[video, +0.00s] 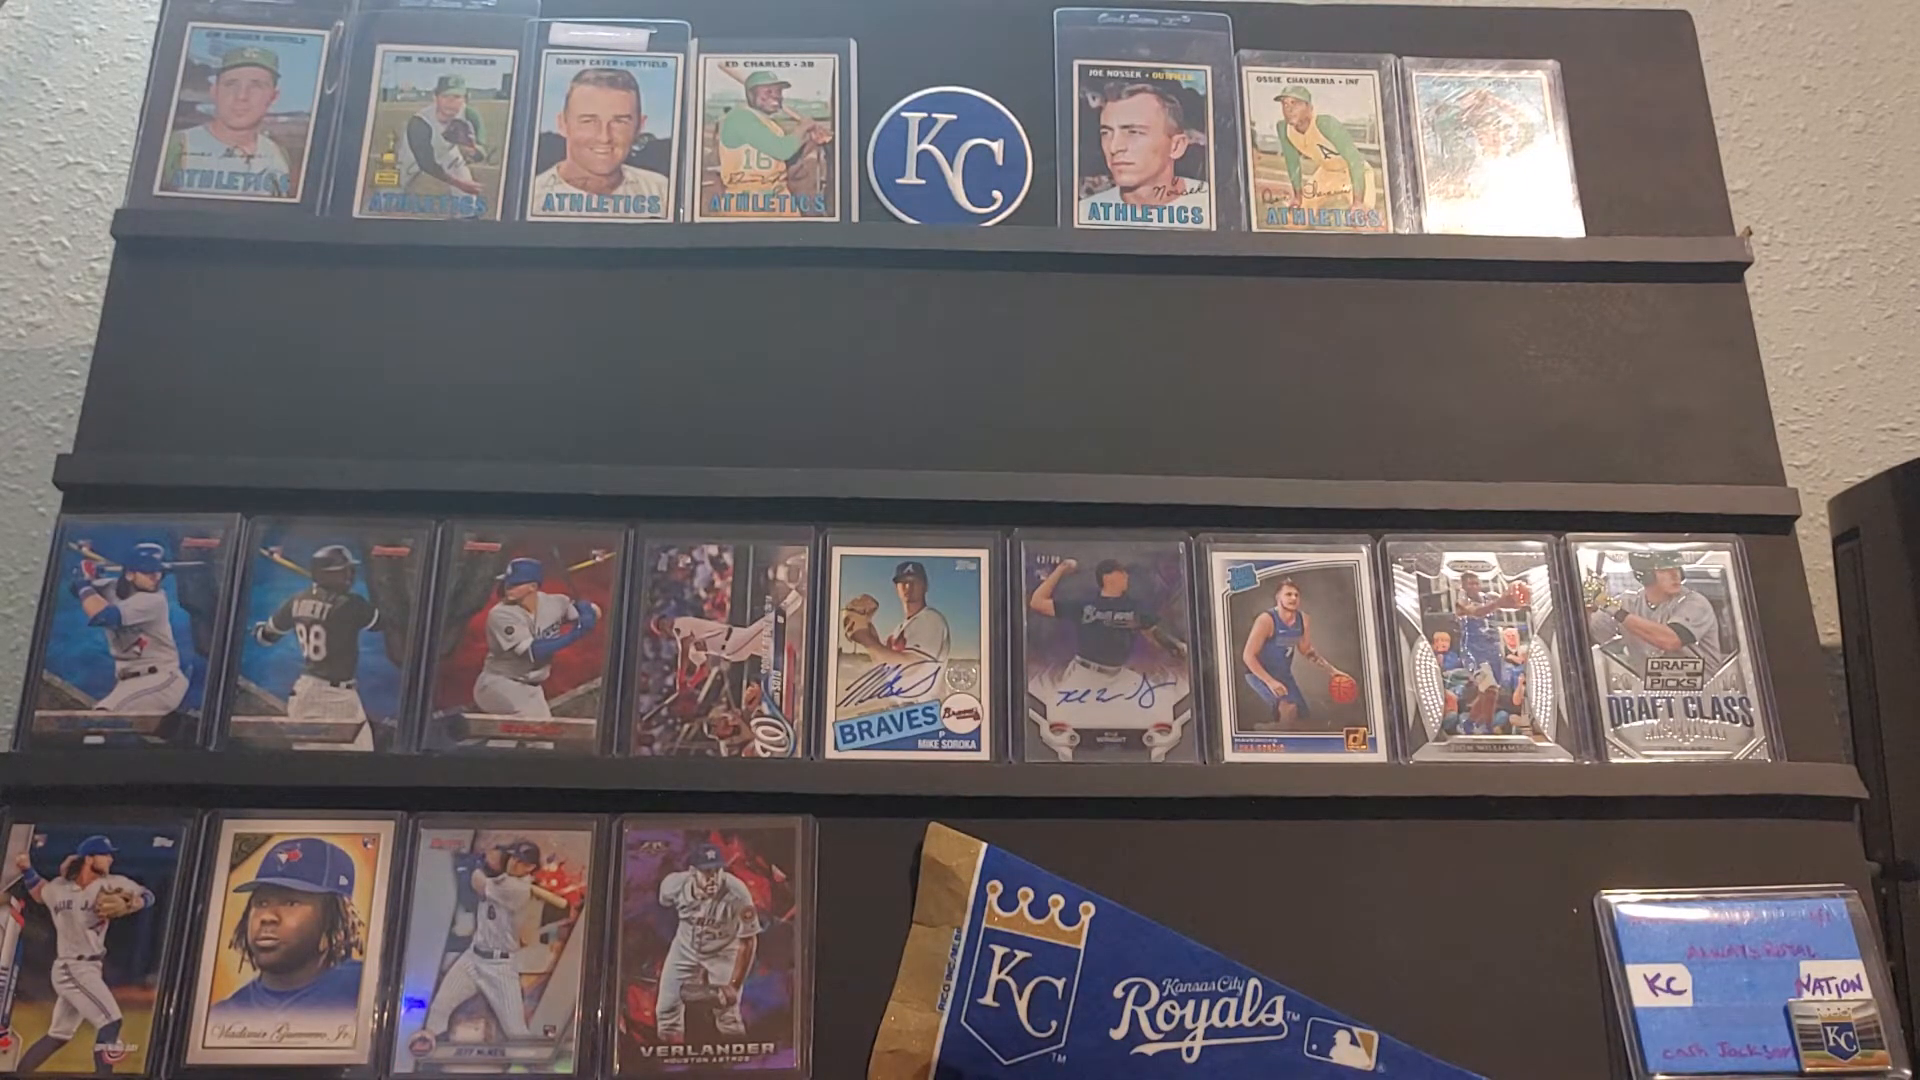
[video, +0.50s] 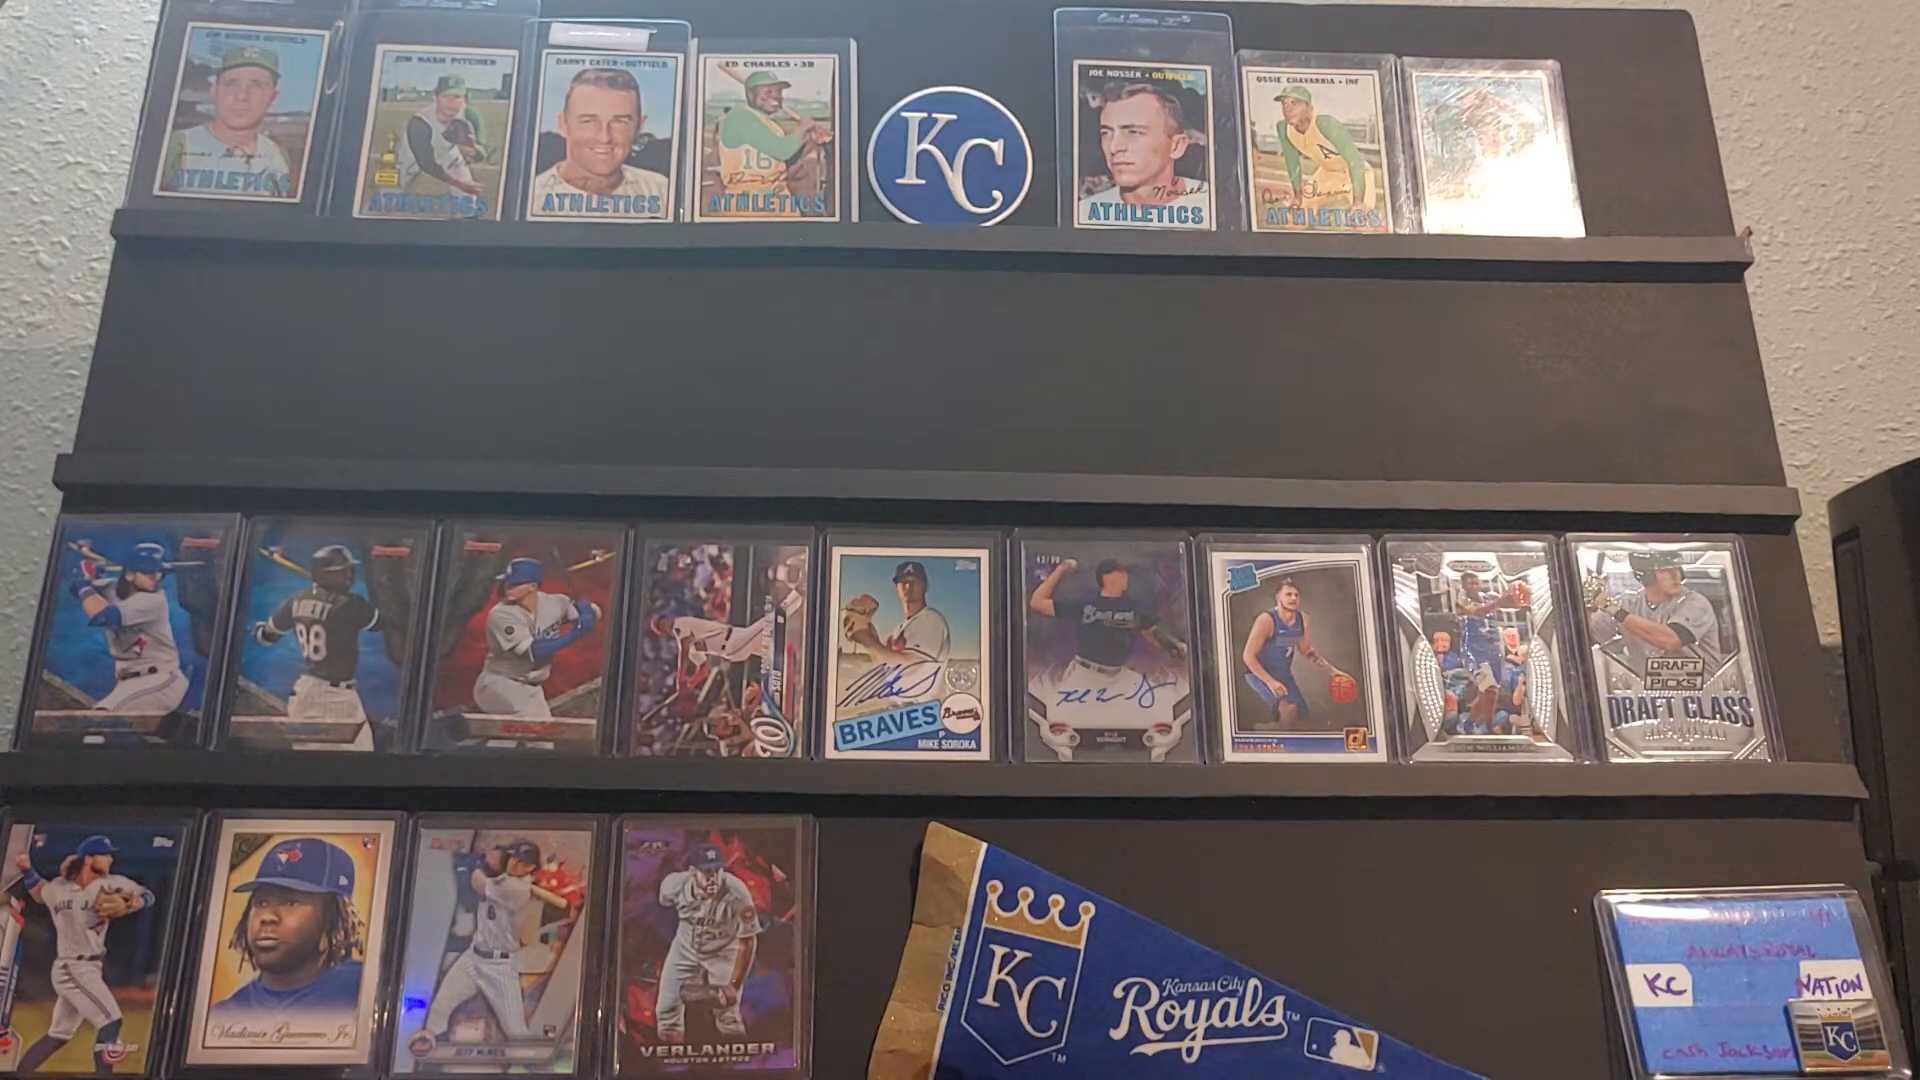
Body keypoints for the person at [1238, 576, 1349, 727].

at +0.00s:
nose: (1293, 599)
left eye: (1296, 595)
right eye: (1288, 595)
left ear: (1299, 599)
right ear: (1278, 598)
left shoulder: (1302, 619)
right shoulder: (1266, 620)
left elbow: (1307, 650)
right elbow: (1248, 656)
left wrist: (1333, 671)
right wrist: (1270, 682)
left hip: (1284, 674)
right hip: (1260, 673)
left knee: (1302, 714)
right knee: (1288, 706)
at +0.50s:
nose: (1293, 599)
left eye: (1296, 595)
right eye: (1288, 595)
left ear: (1299, 598)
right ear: (1278, 598)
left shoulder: (1302, 619)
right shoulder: (1266, 620)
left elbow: (1306, 650)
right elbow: (1248, 656)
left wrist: (1333, 671)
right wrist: (1270, 682)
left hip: (1284, 673)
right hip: (1260, 673)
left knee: (1302, 714)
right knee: (1288, 706)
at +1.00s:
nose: (1293, 599)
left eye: (1296, 595)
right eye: (1288, 594)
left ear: (1300, 598)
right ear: (1278, 598)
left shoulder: (1302, 619)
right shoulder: (1266, 620)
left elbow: (1306, 650)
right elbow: (1248, 656)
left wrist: (1333, 671)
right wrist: (1271, 682)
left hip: (1284, 674)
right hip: (1260, 673)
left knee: (1302, 712)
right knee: (1288, 705)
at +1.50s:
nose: (1293, 599)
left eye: (1296, 595)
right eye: (1288, 594)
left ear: (1300, 598)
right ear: (1278, 598)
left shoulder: (1303, 619)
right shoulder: (1266, 620)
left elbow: (1306, 650)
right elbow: (1248, 656)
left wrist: (1333, 671)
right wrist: (1271, 682)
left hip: (1284, 674)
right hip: (1260, 673)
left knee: (1302, 713)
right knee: (1289, 706)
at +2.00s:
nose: (1293, 599)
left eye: (1296, 595)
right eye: (1288, 595)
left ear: (1299, 598)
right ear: (1278, 597)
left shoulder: (1302, 619)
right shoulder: (1266, 620)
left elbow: (1306, 650)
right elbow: (1248, 656)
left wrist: (1334, 672)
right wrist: (1270, 682)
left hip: (1283, 673)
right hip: (1260, 673)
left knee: (1302, 715)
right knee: (1289, 707)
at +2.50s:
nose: (1293, 599)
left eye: (1296, 595)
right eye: (1288, 595)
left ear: (1299, 598)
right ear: (1278, 597)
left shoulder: (1302, 619)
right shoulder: (1266, 620)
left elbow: (1306, 650)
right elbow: (1248, 656)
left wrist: (1333, 672)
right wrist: (1270, 682)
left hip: (1283, 673)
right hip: (1260, 673)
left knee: (1302, 715)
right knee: (1289, 707)